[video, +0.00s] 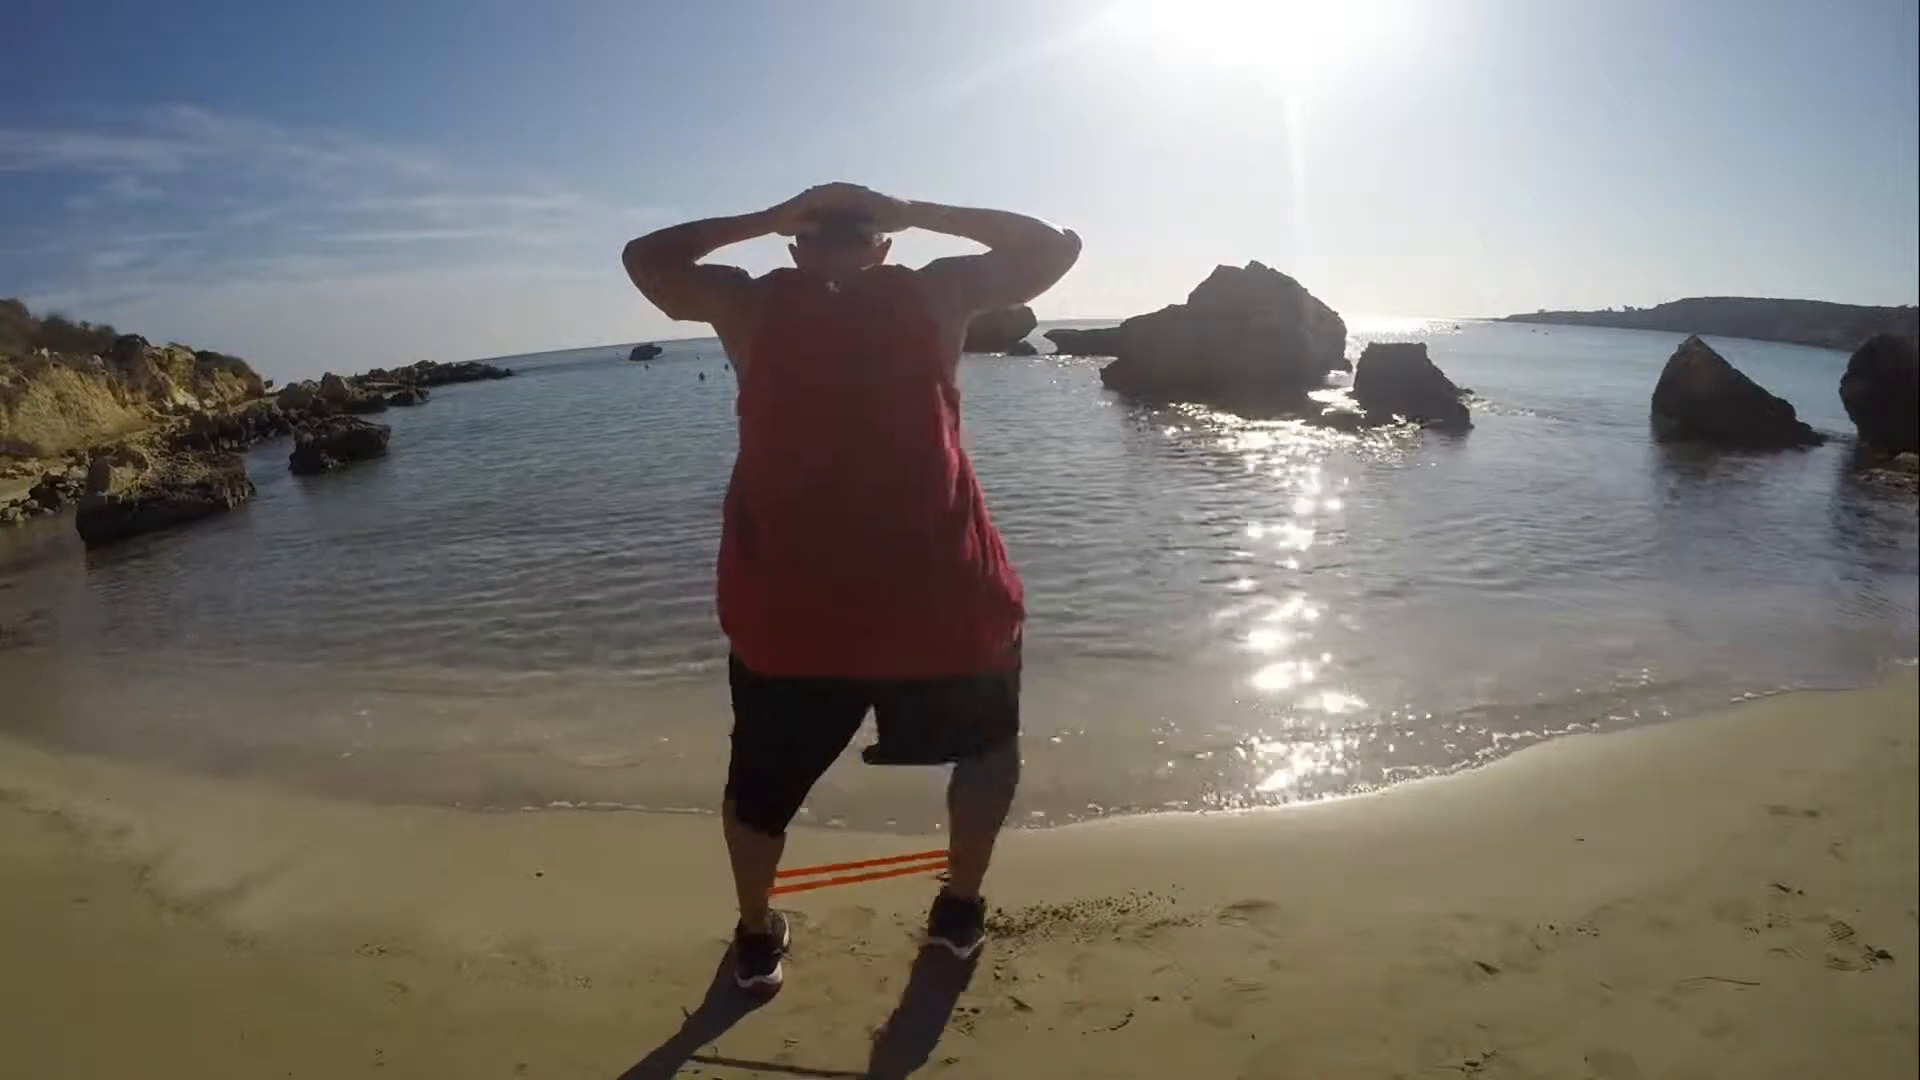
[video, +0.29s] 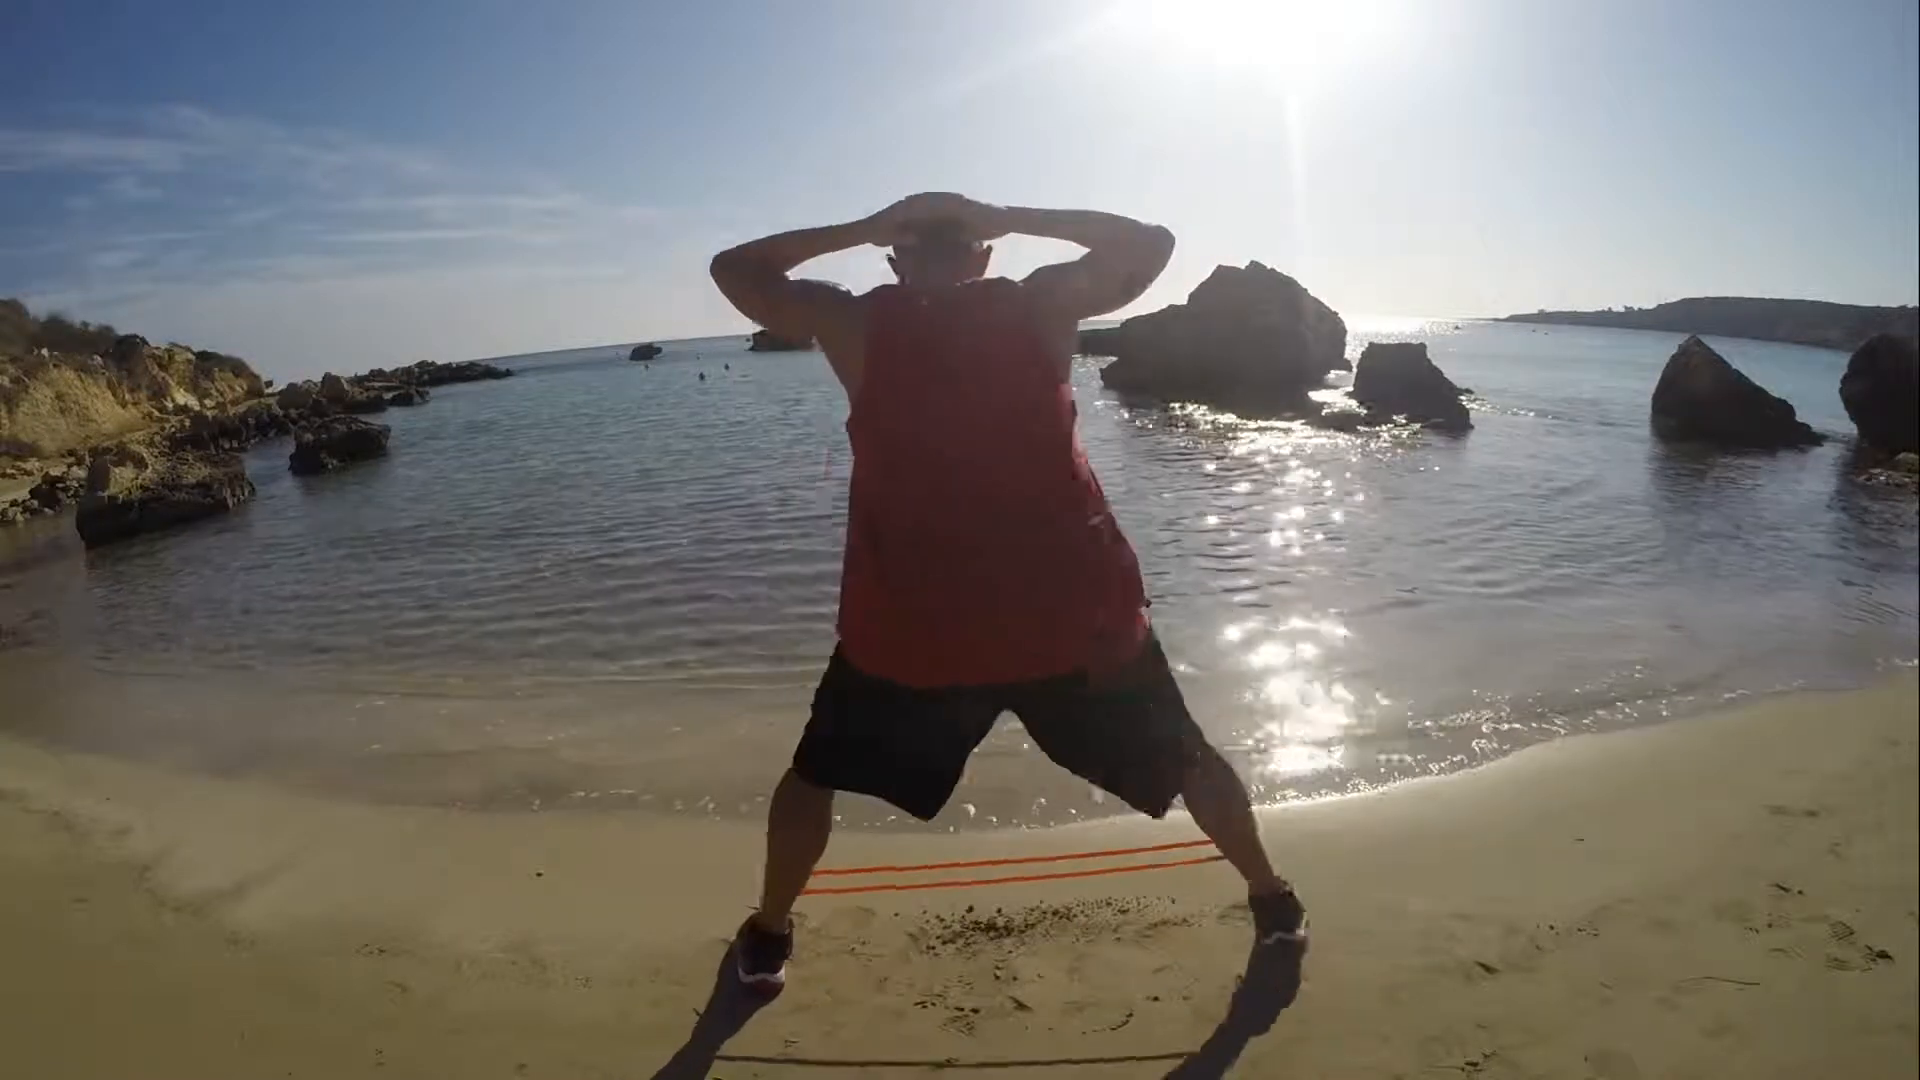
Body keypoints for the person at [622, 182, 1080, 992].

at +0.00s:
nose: (855, 235)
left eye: (830, 224)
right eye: (865, 226)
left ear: (797, 242)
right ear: (887, 244)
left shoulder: (750, 306)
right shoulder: (938, 296)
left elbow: (643, 257)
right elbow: (1053, 246)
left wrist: (768, 219)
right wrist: (914, 212)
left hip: (791, 598)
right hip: (936, 590)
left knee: (759, 783)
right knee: (987, 743)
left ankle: (754, 938)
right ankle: (959, 906)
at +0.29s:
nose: (908, 256)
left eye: (908, 244)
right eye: (915, 241)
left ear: (895, 257)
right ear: (985, 253)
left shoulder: (857, 323)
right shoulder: (1040, 305)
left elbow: (734, 269)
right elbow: (1147, 243)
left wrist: (861, 231)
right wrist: (1012, 220)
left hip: (912, 615)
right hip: (1067, 601)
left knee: (813, 774)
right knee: (1186, 756)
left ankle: (767, 936)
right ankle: (1271, 896)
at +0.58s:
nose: (1094, 258)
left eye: (1097, 244)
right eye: (1096, 244)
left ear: (1095, 249)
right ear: (1166, 240)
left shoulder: (1071, 312)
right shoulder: (1237, 292)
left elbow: (917, 265)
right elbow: (1308, 237)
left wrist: (1051, 225)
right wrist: (1195, 213)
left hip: (1107, 563)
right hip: (1244, 568)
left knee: (969, 741)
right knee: (1267, 741)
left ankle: (927, 908)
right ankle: (1284, 908)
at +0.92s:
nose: (1186, 245)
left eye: (1183, 233)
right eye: (1195, 233)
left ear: (1173, 245)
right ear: (1250, 242)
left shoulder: (1143, 305)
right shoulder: (1311, 293)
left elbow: (1007, 252)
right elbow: (1386, 253)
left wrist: (1139, 220)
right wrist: (1282, 219)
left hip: (1178, 578)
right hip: (1312, 578)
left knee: (1120, 746)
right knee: (1307, 734)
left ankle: (1147, 918)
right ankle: (1288, 912)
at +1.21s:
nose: (1166, 247)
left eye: (1168, 236)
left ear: (1165, 246)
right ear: (1240, 246)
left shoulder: (1136, 303)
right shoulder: (1306, 307)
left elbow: (997, 239)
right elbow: (1369, 269)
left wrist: (1133, 219)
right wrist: (1267, 228)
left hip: (1126, 568)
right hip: (1268, 580)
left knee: (966, 723)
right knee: (1271, 739)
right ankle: (1284, 911)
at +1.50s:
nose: (1072, 263)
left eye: (1056, 250)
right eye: (1079, 251)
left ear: (1025, 271)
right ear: (1107, 271)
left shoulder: (982, 331)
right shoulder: (1161, 334)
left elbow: (849, 266)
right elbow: (1256, 294)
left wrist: (992, 243)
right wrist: (1136, 248)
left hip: (981, 615)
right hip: (1133, 619)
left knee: (846, 773)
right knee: (1223, 765)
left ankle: (774, 938)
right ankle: (1274, 910)